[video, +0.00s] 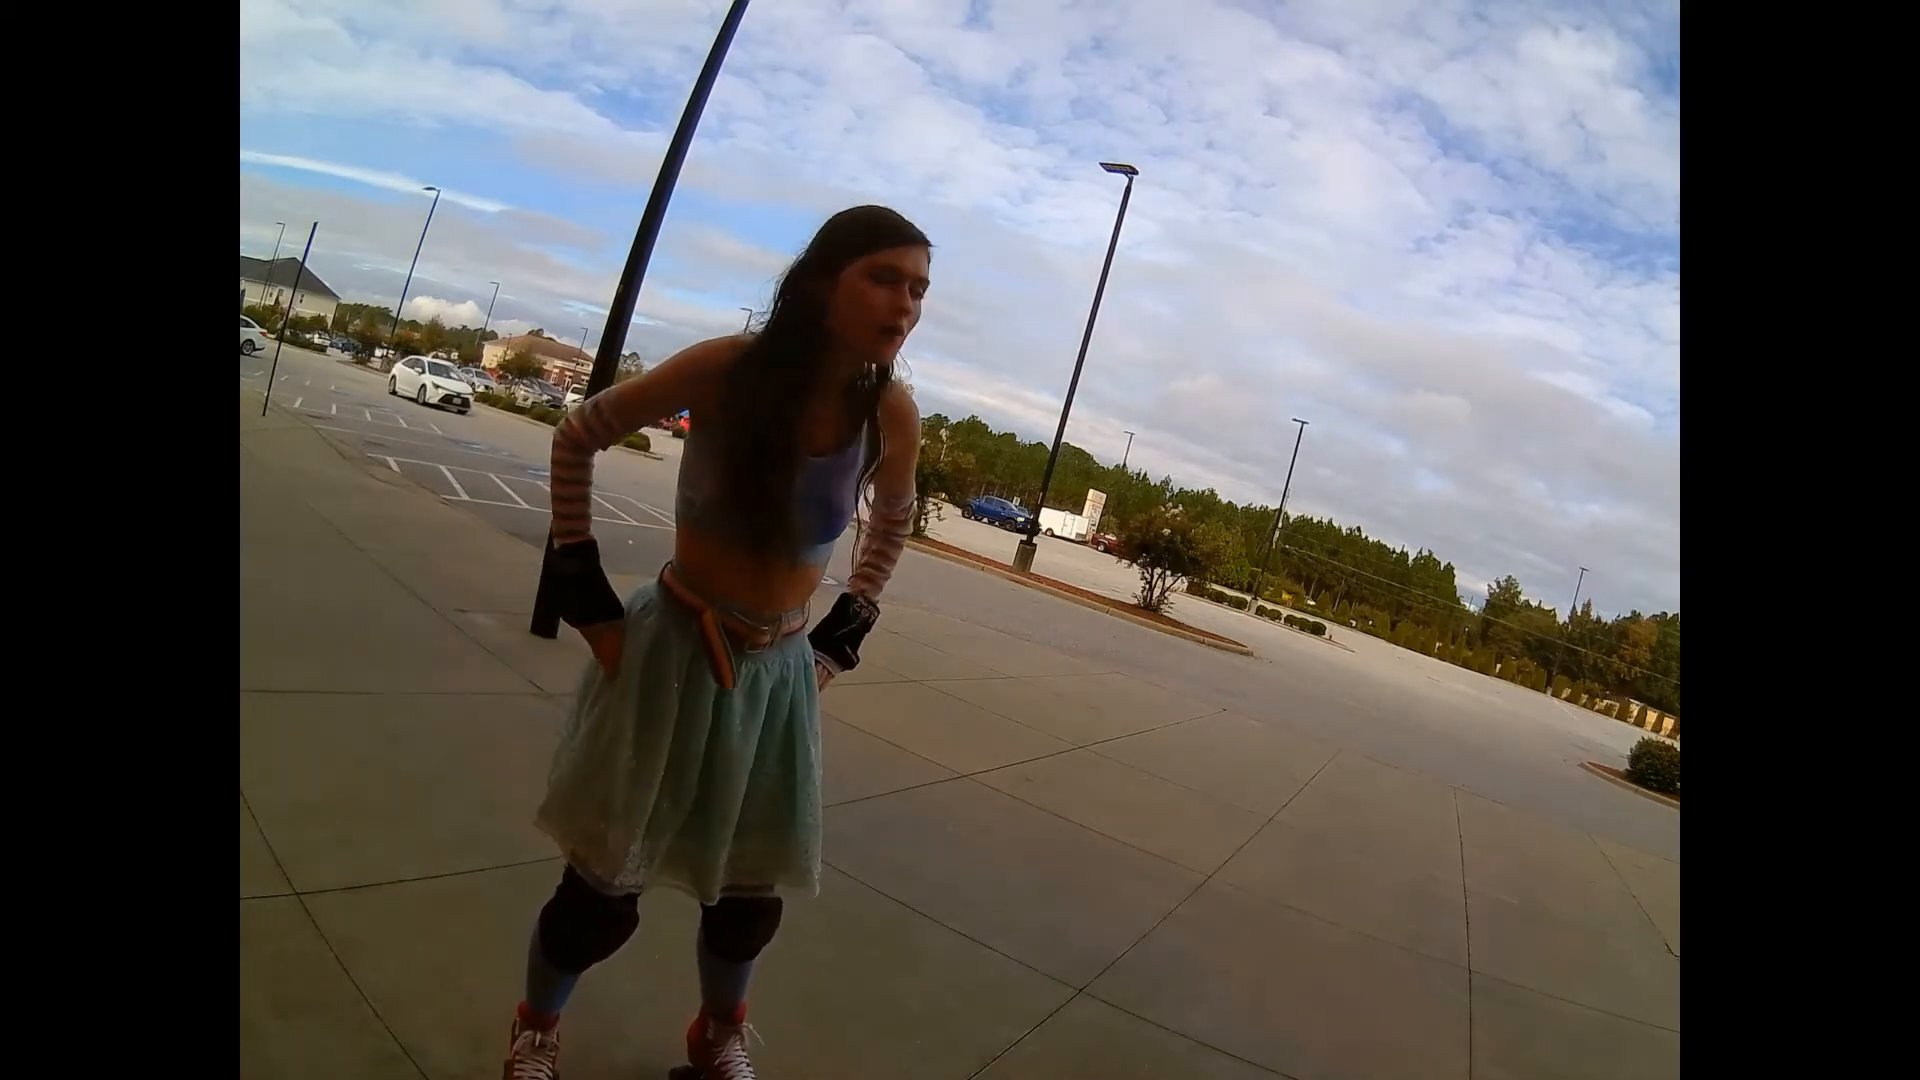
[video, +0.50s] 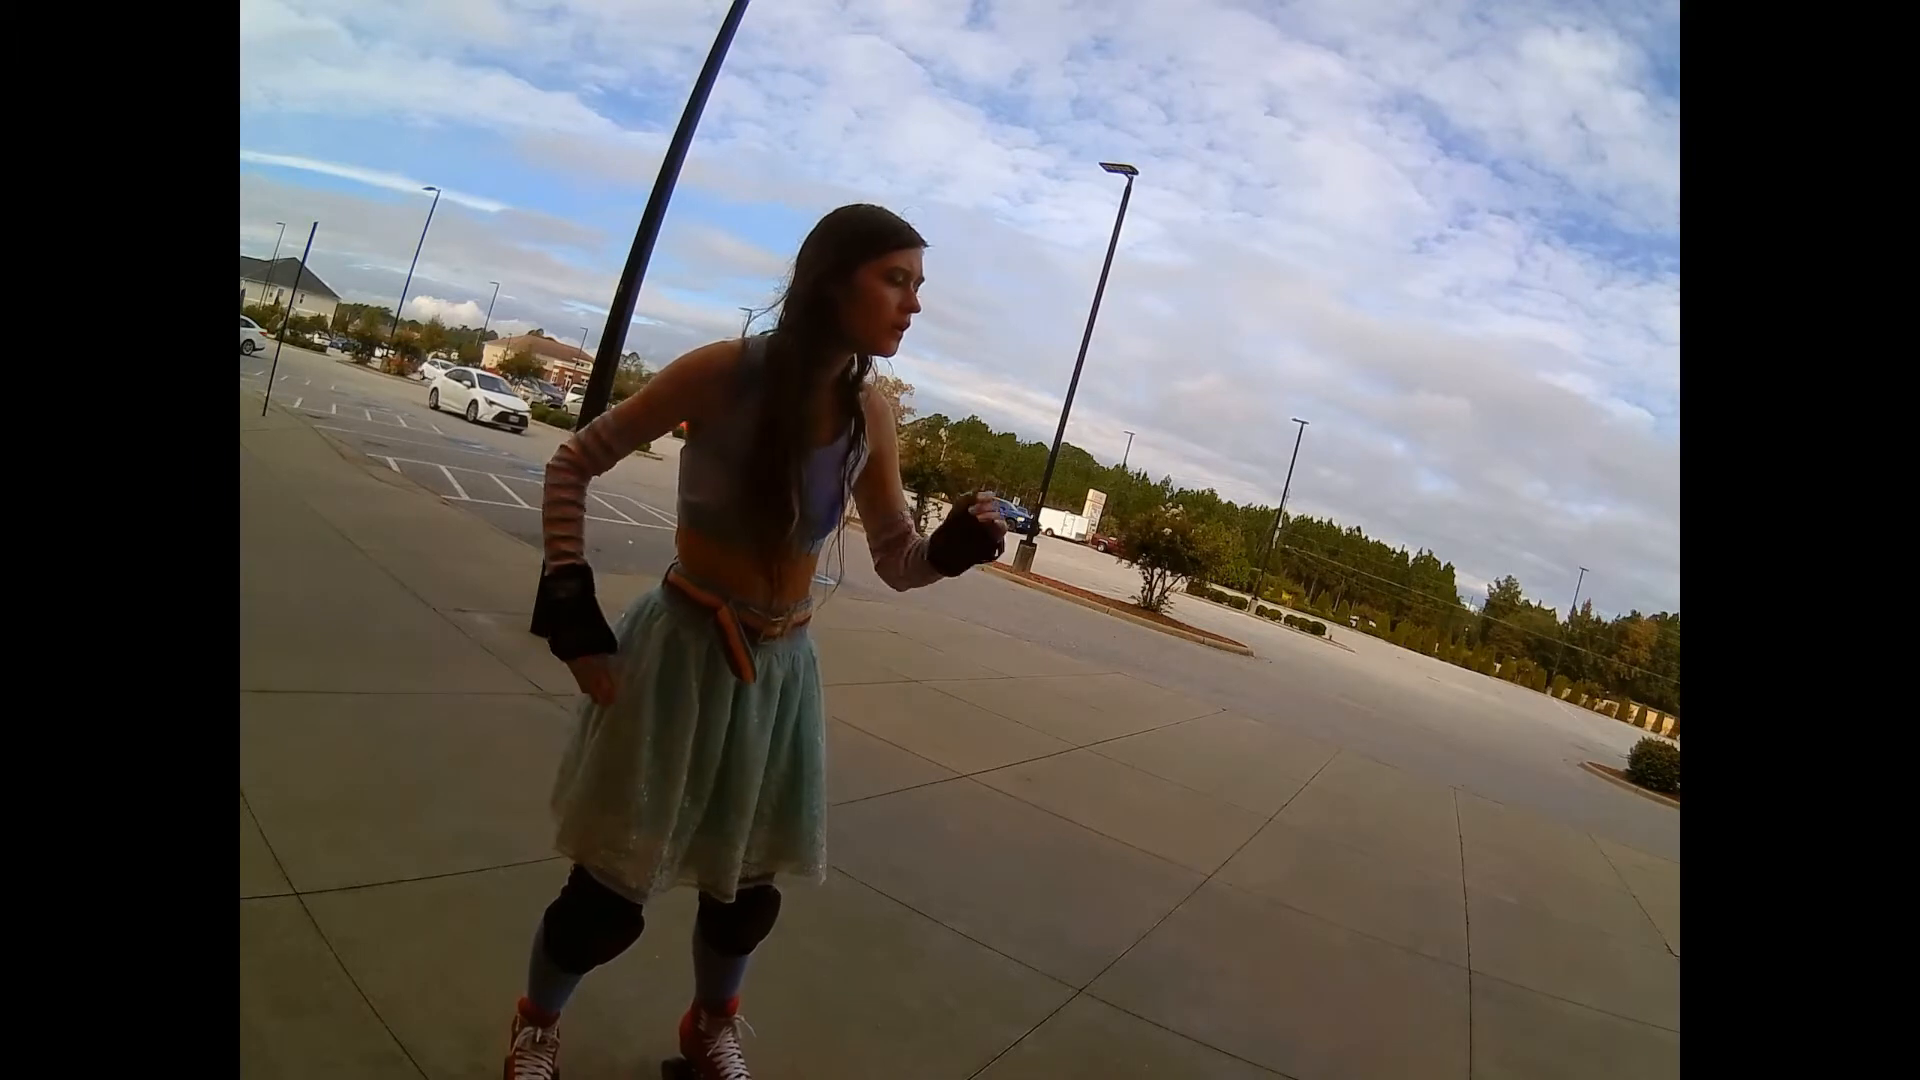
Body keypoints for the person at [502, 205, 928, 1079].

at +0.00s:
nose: (905, 304)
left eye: (918, 288)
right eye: (886, 279)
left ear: (923, 304)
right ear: (826, 280)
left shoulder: (888, 410)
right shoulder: (726, 367)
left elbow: (891, 520)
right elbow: (579, 435)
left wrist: (851, 618)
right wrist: (577, 570)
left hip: (781, 671)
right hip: (670, 646)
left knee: (750, 899)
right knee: (602, 893)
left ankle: (719, 1034)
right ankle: (536, 1029)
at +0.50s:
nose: (914, 302)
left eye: (918, 284)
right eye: (898, 281)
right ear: (834, 283)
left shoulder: (870, 409)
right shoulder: (724, 376)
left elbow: (897, 558)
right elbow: (572, 463)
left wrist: (955, 549)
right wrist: (572, 612)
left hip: (781, 669)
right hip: (683, 652)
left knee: (746, 893)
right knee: (610, 896)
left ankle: (711, 1032)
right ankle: (538, 1027)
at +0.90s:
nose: (864, 297)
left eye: (875, 283)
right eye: (847, 276)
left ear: (879, 296)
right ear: (792, 273)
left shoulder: (855, 404)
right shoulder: (701, 378)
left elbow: (902, 548)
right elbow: (643, 529)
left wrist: (938, 449)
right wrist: (747, 514)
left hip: (782, 663)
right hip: (679, 645)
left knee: (754, 897)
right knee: (610, 893)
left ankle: (715, 1035)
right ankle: (538, 1023)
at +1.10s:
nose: (854, 290)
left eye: (867, 277)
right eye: (837, 269)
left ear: (875, 292)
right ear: (786, 269)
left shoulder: (858, 403)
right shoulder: (702, 372)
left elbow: (908, 548)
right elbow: (658, 528)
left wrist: (932, 450)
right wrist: (784, 458)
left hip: (785, 666)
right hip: (680, 648)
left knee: (754, 904)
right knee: (609, 899)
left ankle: (717, 1037)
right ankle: (536, 1034)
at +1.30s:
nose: (855, 285)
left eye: (869, 272)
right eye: (836, 265)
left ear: (877, 288)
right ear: (785, 268)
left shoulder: (861, 400)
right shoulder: (704, 370)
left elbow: (908, 552)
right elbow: (658, 526)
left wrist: (927, 454)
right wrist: (767, 448)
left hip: (785, 667)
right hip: (681, 650)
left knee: (754, 908)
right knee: (609, 907)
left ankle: (718, 1036)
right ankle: (536, 1037)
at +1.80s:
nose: (856, 297)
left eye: (872, 281)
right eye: (837, 273)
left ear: (880, 294)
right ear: (786, 272)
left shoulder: (866, 402)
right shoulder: (706, 368)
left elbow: (905, 566)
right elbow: (663, 526)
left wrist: (906, 484)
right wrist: (780, 464)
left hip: (788, 668)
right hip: (686, 650)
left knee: (757, 908)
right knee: (613, 912)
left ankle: (722, 1038)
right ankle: (535, 1034)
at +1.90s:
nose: (860, 299)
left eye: (875, 283)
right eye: (842, 276)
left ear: (882, 295)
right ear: (789, 272)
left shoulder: (862, 406)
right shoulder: (708, 371)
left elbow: (906, 567)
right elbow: (650, 526)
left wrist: (907, 484)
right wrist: (789, 465)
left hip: (788, 666)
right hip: (687, 648)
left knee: (757, 907)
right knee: (614, 907)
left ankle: (722, 1037)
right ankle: (535, 1035)